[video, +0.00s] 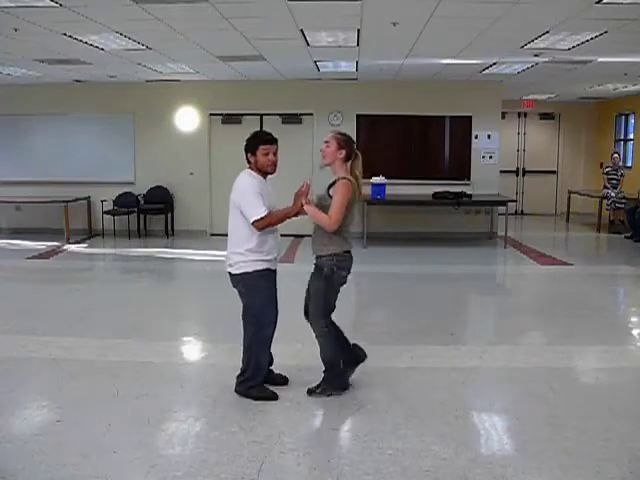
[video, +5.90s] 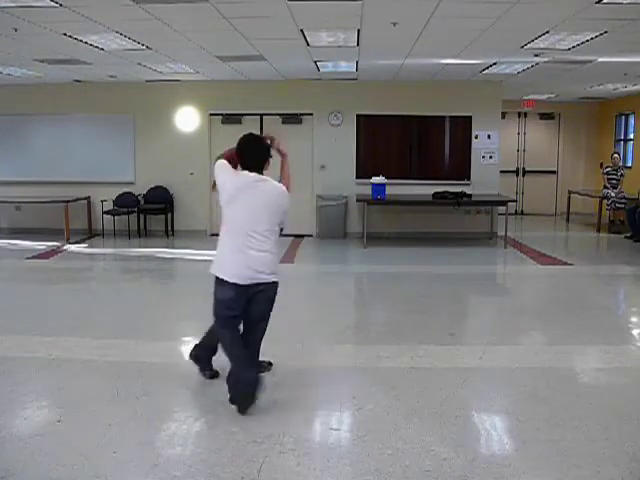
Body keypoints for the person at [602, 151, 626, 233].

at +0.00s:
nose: (615, 160)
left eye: (617, 158)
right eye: (614, 158)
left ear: (619, 160)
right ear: (611, 159)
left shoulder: (621, 170)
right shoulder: (607, 169)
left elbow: (621, 183)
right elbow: (605, 182)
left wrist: (617, 190)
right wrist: (611, 190)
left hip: (617, 188)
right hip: (608, 188)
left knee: (622, 196)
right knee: (611, 196)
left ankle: (621, 217)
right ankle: (611, 217)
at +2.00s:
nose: (615, 160)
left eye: (616, 158)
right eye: (613, 158)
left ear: (619, 160)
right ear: (611, 160)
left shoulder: (621, 171)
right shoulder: (607, 169)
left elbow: (621, 183)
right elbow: (605, 182)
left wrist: (617, 190)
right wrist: (611, 189)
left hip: (617, 188)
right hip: (608, 188)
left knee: (622, 196)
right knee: (612, 196)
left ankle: (621, 217)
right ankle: (611, 217)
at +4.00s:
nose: (615, 160)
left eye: (616, 158)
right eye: (613, 158)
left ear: (619, 159)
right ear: (611, 160)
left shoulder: (621, 170)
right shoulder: (606, 169)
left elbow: (621, 183)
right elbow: (605, 182)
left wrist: (617, 190)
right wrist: (611, 189)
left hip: (617, 188)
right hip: (608, 188)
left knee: (622, 196)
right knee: (611, 196)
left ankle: (621, 216)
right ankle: (611, 216)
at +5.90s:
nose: (615, 160)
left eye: (617, 158)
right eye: (613, 158)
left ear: (619, 160)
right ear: (611, 160)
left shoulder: (621, 170)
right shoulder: (606, 169)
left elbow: (621, 183)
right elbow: (605, 182)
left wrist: (617, 190)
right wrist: (611, 190)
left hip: (617, 188)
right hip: (608, 188)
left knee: (622, 196)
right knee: (611, 196)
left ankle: (621, 217)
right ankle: (611, 216)